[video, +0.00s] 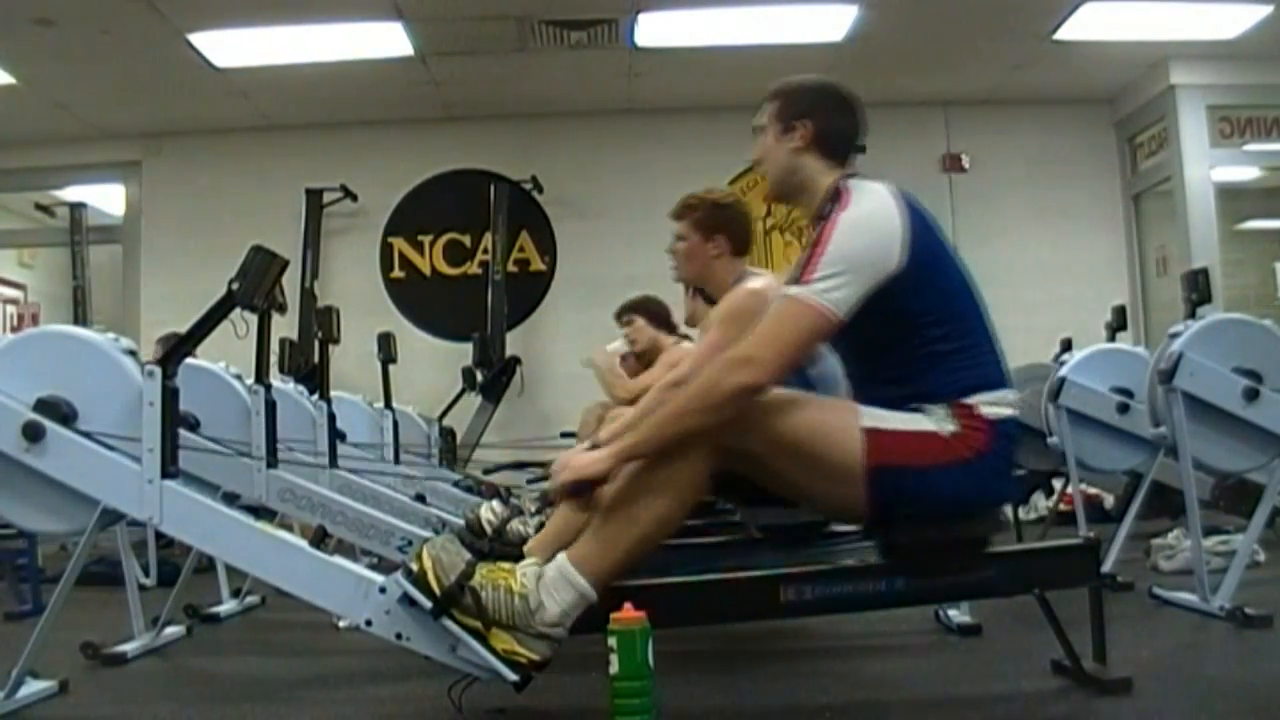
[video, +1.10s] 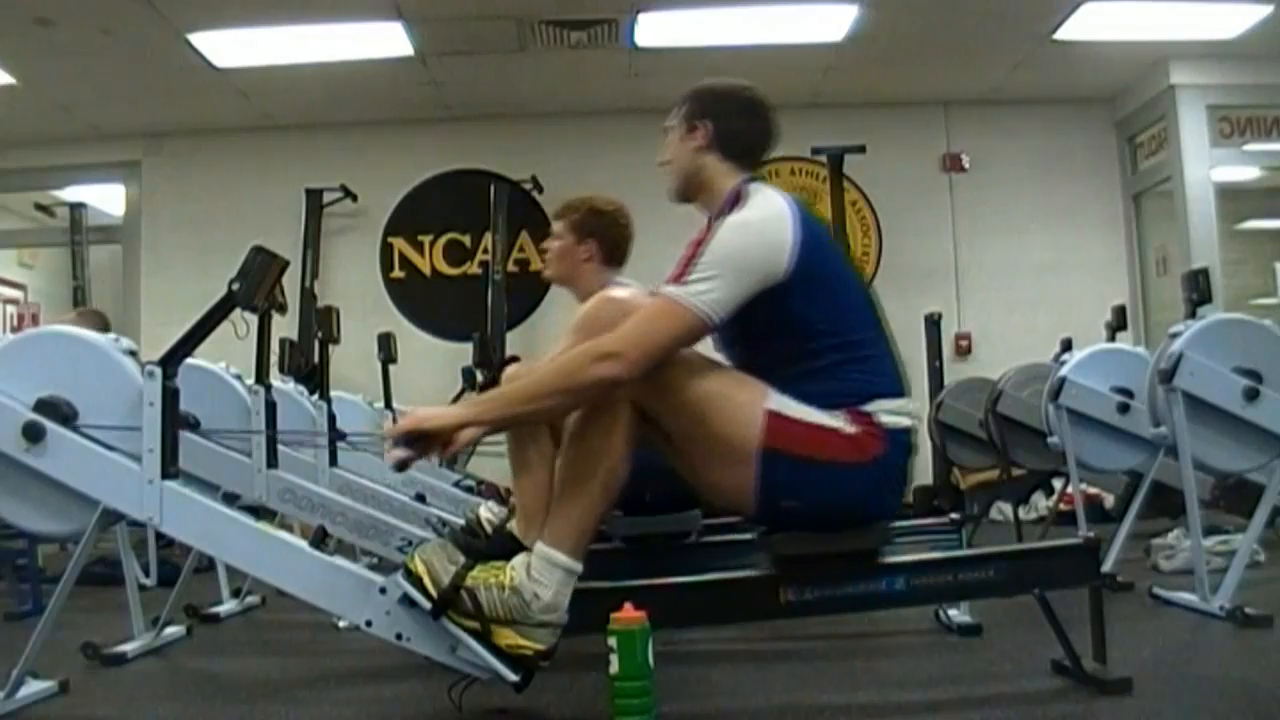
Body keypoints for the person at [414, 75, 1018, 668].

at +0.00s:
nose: (751, 157)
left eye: (760, 135)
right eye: (755, 138)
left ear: (802, 137)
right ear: (806, 138)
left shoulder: (868, 213)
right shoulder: (830, 224)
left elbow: (754, 371)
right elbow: (732, 350)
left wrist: (612, 451)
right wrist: (617, 441)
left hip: (961, 441)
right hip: (912, 430)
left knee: (714, 419)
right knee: (696, 409)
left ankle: (546, 608)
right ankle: (536, 592)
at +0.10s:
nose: (704, 163)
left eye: (712, 144)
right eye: (707, 146)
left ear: (750, 144)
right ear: (765, 147)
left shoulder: (821, 217)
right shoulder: (790, 227)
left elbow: (697, 374)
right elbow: (686, 362)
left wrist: (566, 460)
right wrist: (573, 455)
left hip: (919, 447)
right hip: (874, 436)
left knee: (687, 398)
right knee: (661, 394)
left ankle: (545, 607)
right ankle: (534, 584)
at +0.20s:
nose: (658, 166)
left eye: (665, 150)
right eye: (660, 151)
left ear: (697, 150)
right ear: (713, 154)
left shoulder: (770, 225)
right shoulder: (735, 235)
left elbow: (650, 382)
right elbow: (642, 370)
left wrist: (515, 467)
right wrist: (549, 475)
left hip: (882, 450)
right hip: (837, 440)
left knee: (654, 385)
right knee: (631, 394)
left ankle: (544, 602)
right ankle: (531, 590)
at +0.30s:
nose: (616, 174)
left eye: (622, 157)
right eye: (619, 158)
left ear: (651, 157)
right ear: (678, 162)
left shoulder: (726, 228)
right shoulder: (702, 235)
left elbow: (601, 382)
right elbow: (606, 382)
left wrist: (472, 471)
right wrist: (501, 481)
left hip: (838, 456)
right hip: (803, 451)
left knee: (611, 370)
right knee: (606, 386)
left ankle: (534, 596)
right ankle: (534, 600)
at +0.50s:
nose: (548, 189)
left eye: (550, 171)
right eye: (549, 173)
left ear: (575, 168)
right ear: (621, 168)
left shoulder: (653, 235)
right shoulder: (648, 237)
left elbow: (522, 391)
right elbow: (535, 409)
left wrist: (394, 474)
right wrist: (430, 487)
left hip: (767, 465)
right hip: (755, 460)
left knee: (559, 363)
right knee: (559, 364)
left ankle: (537, 592)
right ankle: (537, 586)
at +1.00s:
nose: (616, 162)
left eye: (624, 144)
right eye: (619, 147)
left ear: (653, 143)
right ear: (676, 148)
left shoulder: (712, 225)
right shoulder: (676, 236)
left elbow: (569, 374)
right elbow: (558, 364)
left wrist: (420, 428)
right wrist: (436, 434)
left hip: (816, 458)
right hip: (769, 454)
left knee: (591, 347)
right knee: (570, 325)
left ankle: (541, 586)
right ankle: (530, 563)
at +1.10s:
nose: (663, 153)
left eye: (670, 135)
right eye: (666, 137)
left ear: (701, 136)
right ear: (718, 142)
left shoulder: (761, 219)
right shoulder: (724, 232)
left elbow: (618, 361)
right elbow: (602, 354)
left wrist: (459, 416)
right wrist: (472, 420)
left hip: (853, 454)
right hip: (807, 449)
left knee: (622, 355)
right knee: (606, 321)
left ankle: (544, 587)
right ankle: (535, 564)